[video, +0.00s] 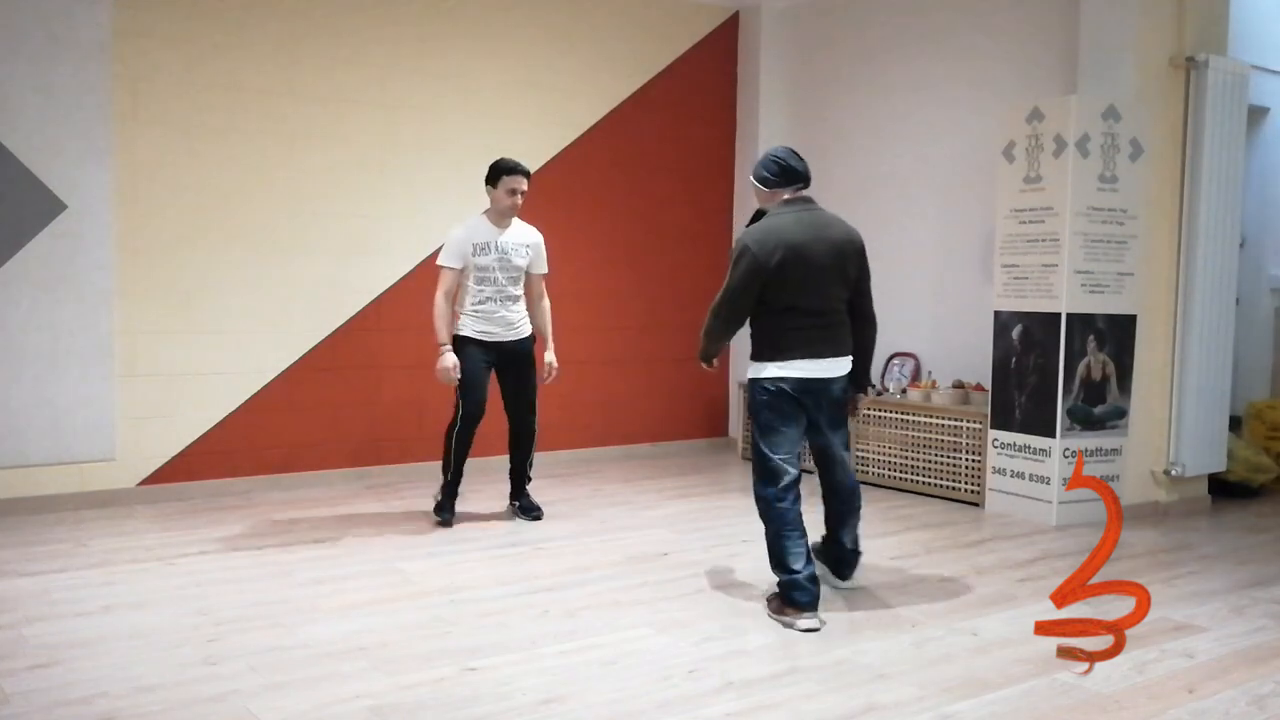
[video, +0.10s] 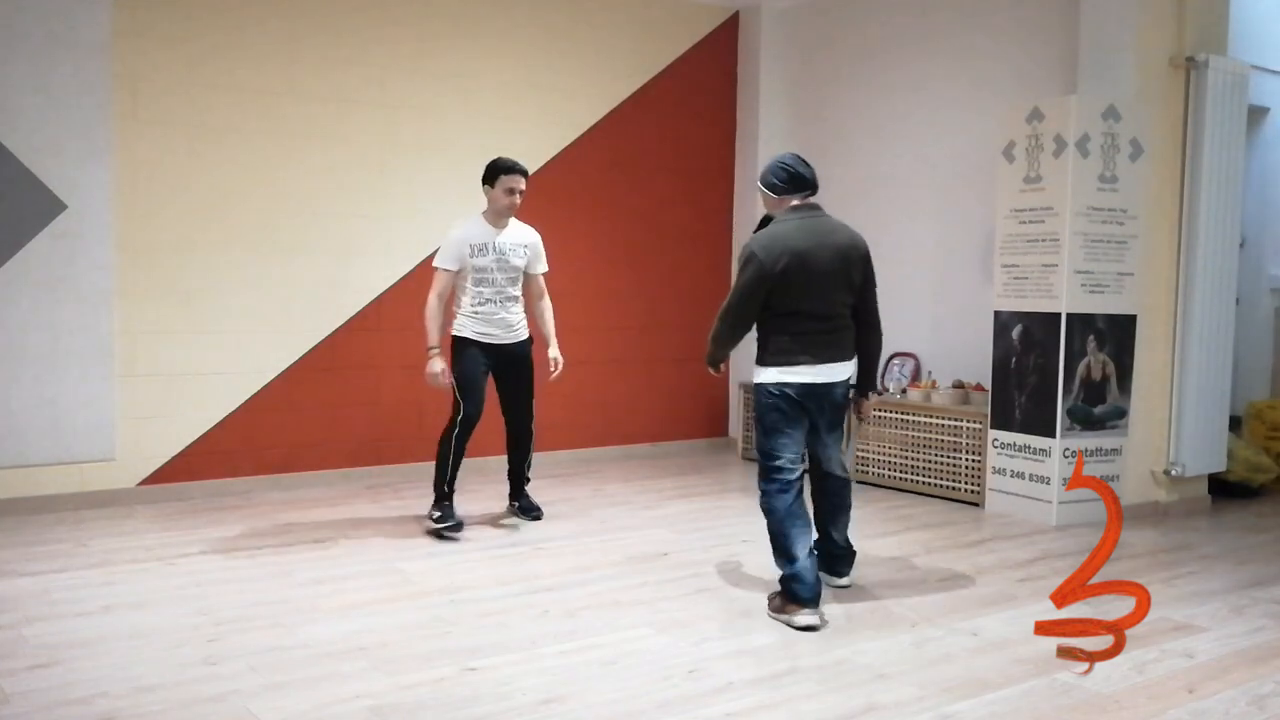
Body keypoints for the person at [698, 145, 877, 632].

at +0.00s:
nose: (756, 195)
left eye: (757, 188)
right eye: (757, 188)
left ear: (767, 190)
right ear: (804, 186)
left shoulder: (760, 239)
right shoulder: (845, 235)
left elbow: (729, 309)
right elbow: (863, 317)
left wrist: (708, 349)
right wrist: (858, 379)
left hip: (777, 378)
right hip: (834, 376)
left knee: (778, 487)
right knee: (839, 470)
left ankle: (798, 595)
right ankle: (842, 557)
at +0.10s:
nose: (763, 200)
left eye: (765, 194)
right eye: (764, 193)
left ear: (775, 195)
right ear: (811, 192)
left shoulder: (766, 246)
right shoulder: (850, 240)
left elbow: (737, 314)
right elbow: (868, 321)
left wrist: (715, 354)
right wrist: (865, 384)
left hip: (781, 381)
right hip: (837, 378)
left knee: (781, 483)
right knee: (831, 470)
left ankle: (801, 597)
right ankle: (837, 561)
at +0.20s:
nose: (769, 204)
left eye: (770, 197)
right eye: (770, 196)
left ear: (781, 198)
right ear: (817, 195)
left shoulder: (770, 246)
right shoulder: (854, 243)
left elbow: (743, 319)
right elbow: (870, 321)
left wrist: (726, 368)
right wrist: (871, 383)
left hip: (782, 380)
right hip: (836, 378)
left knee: (776, 474)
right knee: (829, 468)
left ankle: (800, 578)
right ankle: (835, 560)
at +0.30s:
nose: (768, 201)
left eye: (770, 194)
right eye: (769, 194)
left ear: (782, 196)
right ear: (817, 194)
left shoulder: (771, 242)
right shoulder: (853, 241)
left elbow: (746, 317)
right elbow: (870, 318)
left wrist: (731, 367)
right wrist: (872, 378)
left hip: (783, 377)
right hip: (835, 375)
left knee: (769, 470)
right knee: (826, 466)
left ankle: (797, 567)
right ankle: (833, 560)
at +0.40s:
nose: (765, 201)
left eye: (768, 194)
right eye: (766, 194)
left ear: (781, 195)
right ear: (814, 194)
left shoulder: (768, 240)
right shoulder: (850, 240)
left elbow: (744, 316)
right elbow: (866, 317)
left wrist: (730, 368)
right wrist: (868, 377)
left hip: (782, 374)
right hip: (833, 372)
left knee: (774, 469)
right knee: (824, 464)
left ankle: (802, 573)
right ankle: (834, 559)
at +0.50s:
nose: (760, 204)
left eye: (762, 197)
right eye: (761, 196)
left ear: (772, 199)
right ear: (808, 197)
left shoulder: (763, 243)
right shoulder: (842, 242)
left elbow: (738, 316)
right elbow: (859, 318)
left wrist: (716, 369)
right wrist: (863, 372)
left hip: (781, 377)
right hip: (830, 374)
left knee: (779, 473)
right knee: (819, 462)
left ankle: (807, 580)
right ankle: (835, 558)